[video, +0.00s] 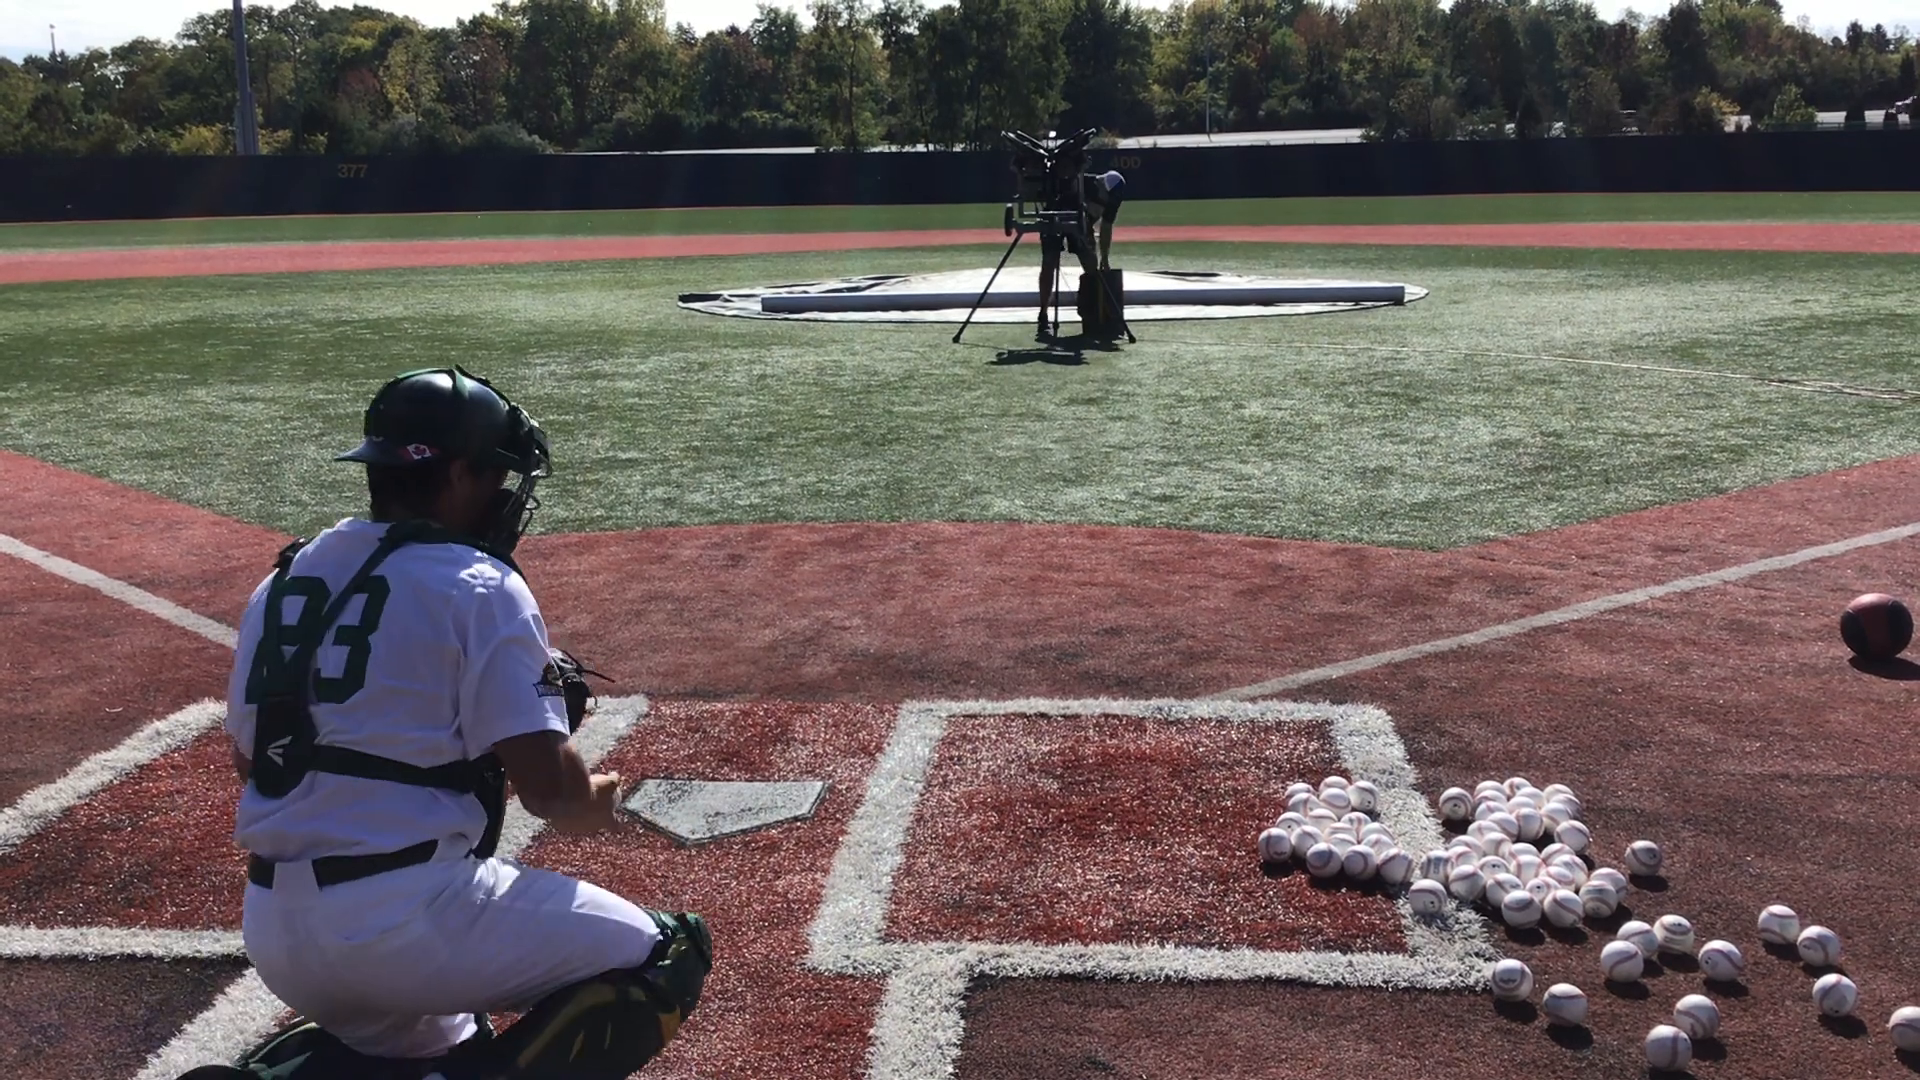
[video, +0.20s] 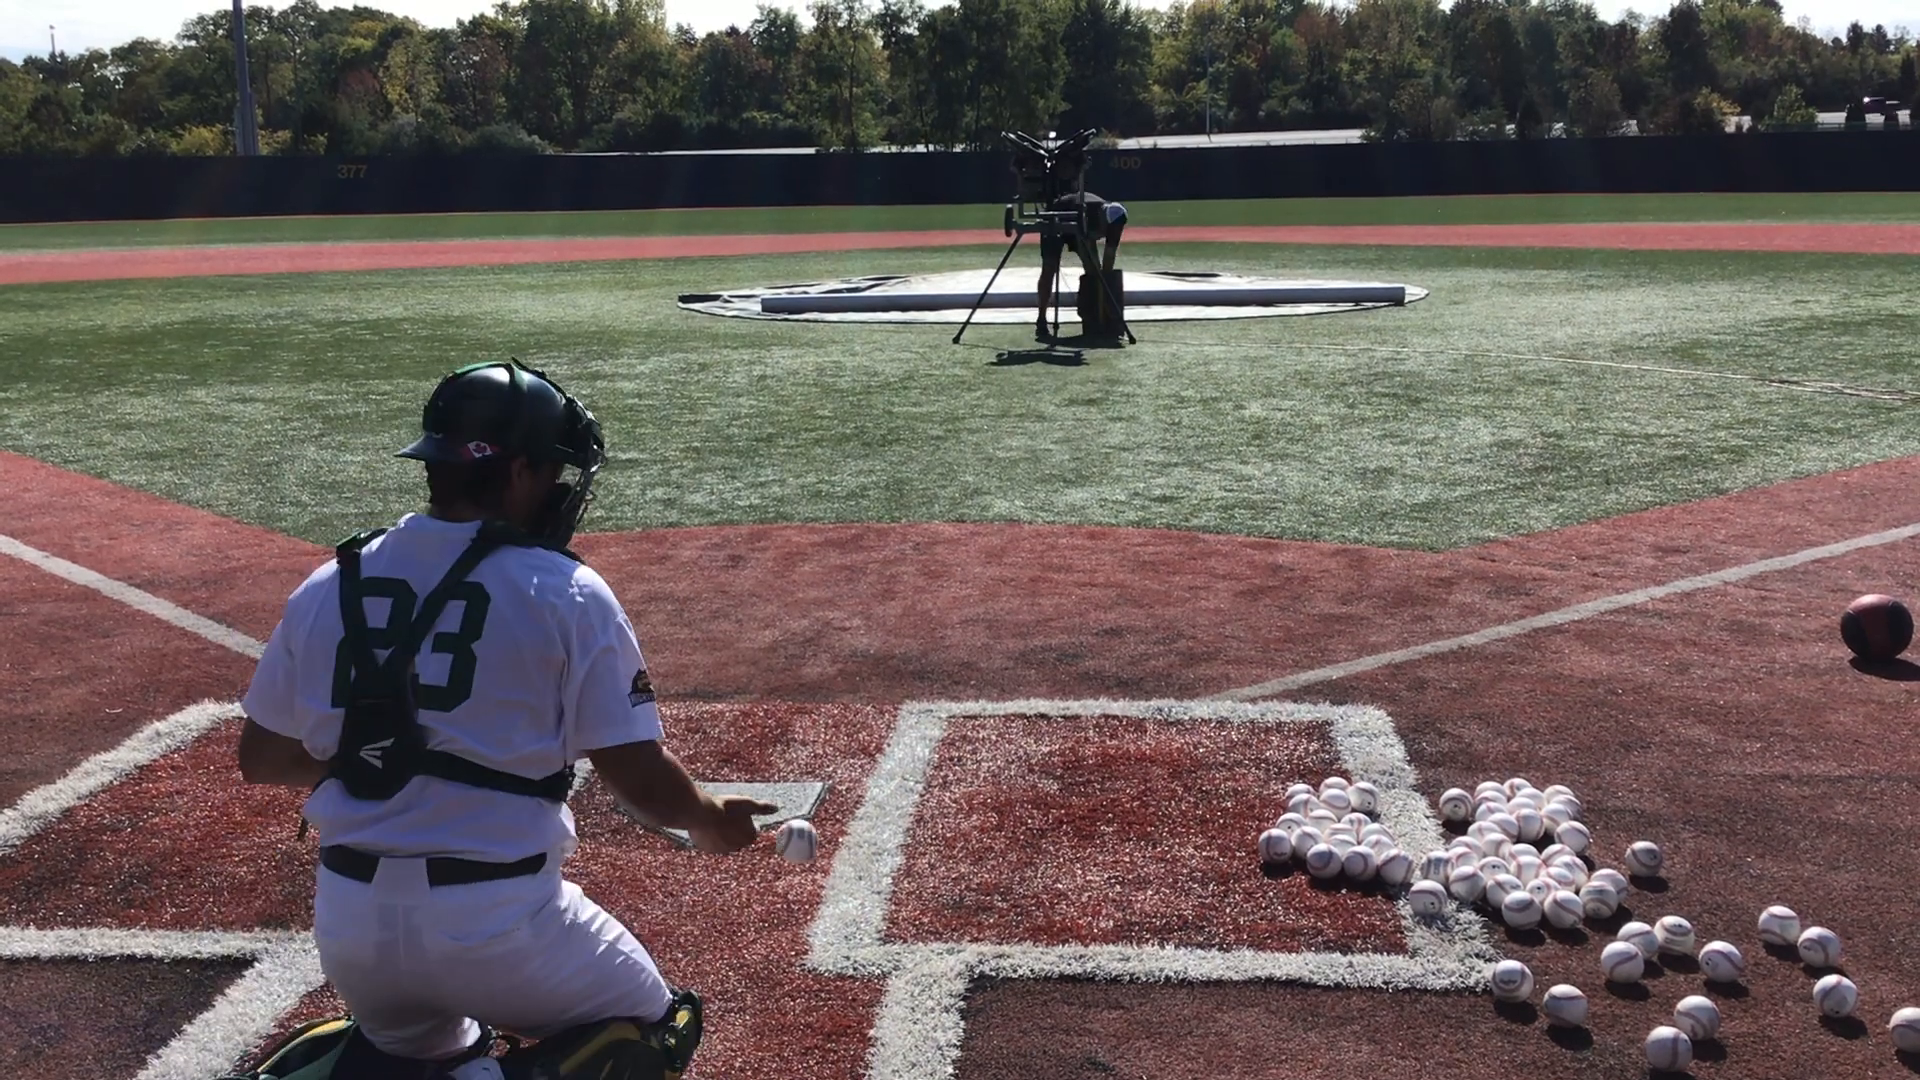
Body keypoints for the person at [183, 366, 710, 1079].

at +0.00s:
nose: (508, 492)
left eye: (507, 473)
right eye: (497, 473)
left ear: (384, 476)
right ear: (456, 479)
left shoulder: (282, 582)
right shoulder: (480, 589)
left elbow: (250, 752)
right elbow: (547, 785)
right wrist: (597, 804)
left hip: (275, 927)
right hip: (411, 916)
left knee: (454, 1042)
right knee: (664, 956)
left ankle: (284, 1064)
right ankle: (498, 1063)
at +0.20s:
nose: (563, 491)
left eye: (564, 471)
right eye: (555, 472)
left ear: (439, 468)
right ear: (517, 475)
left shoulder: (337, 581)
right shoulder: (566, 594)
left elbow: (264, 757)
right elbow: (637, 773)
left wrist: (376, 758)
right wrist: (707, 819)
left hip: (349, 917)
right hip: (498, 922)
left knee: (439, 1054)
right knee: (657, 1024)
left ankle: (326, 1060)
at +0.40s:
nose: (653, 467)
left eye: (652, 448)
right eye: (645, 449)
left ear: (530, 446)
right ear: (613, 455)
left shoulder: (419, 553)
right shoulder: (666, 576)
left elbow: (319, 709)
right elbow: (739, 761)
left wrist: (409, 755)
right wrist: (773, 805)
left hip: (429, 880)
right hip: (576, 900)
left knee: (433, 1045)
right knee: (688, 1044)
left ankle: (355, 1054)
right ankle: (502, 1066)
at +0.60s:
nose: (682, 434)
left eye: (680, 416)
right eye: (676, 418)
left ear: (562, 412)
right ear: (650, 427)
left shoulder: (460, 528)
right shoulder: (715, 550)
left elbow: (365, 698)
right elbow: (775, 727)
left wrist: (444, 724)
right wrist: (702, 756)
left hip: (469, 856)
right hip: (619, 881)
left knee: (393, 973)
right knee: (687, 1043)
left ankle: (307, 1057)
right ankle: (554, 1064)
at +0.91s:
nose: (637, 446)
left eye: (632, 428)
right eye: (630, 431)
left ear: (501, 443)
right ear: (613, 451)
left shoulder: (419, 573)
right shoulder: (684, 578)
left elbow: (349, 768)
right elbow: (734, 749)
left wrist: (450, 764)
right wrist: (623, 747)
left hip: (438, 919)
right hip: (605, 936)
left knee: (356, 926)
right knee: (698, 1041)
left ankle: (368, 1061)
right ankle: (564, 1066)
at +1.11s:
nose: (572, 512)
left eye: (569, 495)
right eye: (565, 497)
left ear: (432, 510)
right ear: (546, 519)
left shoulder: (340, 643)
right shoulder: (614, 651)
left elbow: (282, 837)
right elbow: (686, 832)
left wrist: (400, 824)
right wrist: (577, 802)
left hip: (390, 1014)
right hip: (559, 1016)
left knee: (302, 898)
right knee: (685, 1026)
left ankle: (347, 1069)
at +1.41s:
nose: (527, 529)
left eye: (524, 512)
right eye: (520, 514)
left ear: (385, 520)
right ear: (499, 531)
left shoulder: (292, 643)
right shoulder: (546, 656)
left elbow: (260, 826)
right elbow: (624, 857)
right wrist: (556, 806)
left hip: (294, 1032)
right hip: (453, 1041)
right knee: (713, 932)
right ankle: (568, 1070)